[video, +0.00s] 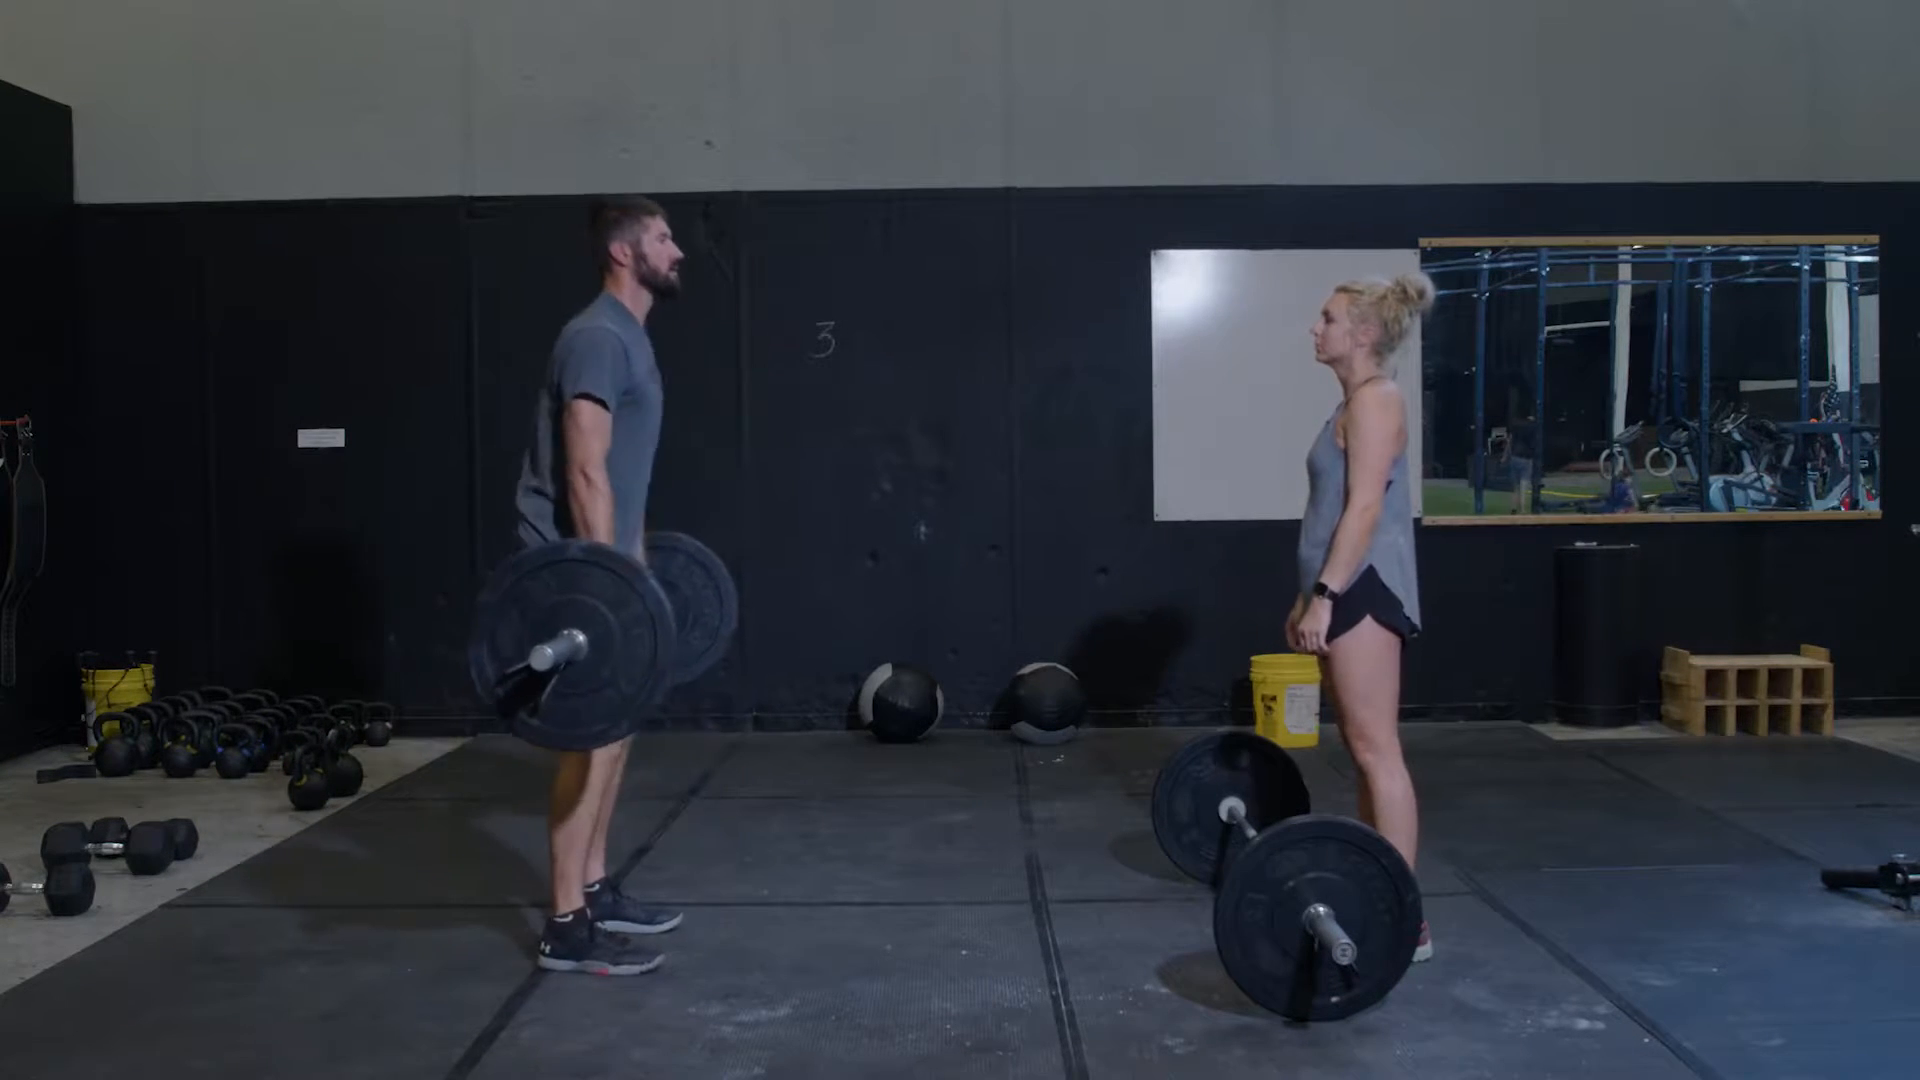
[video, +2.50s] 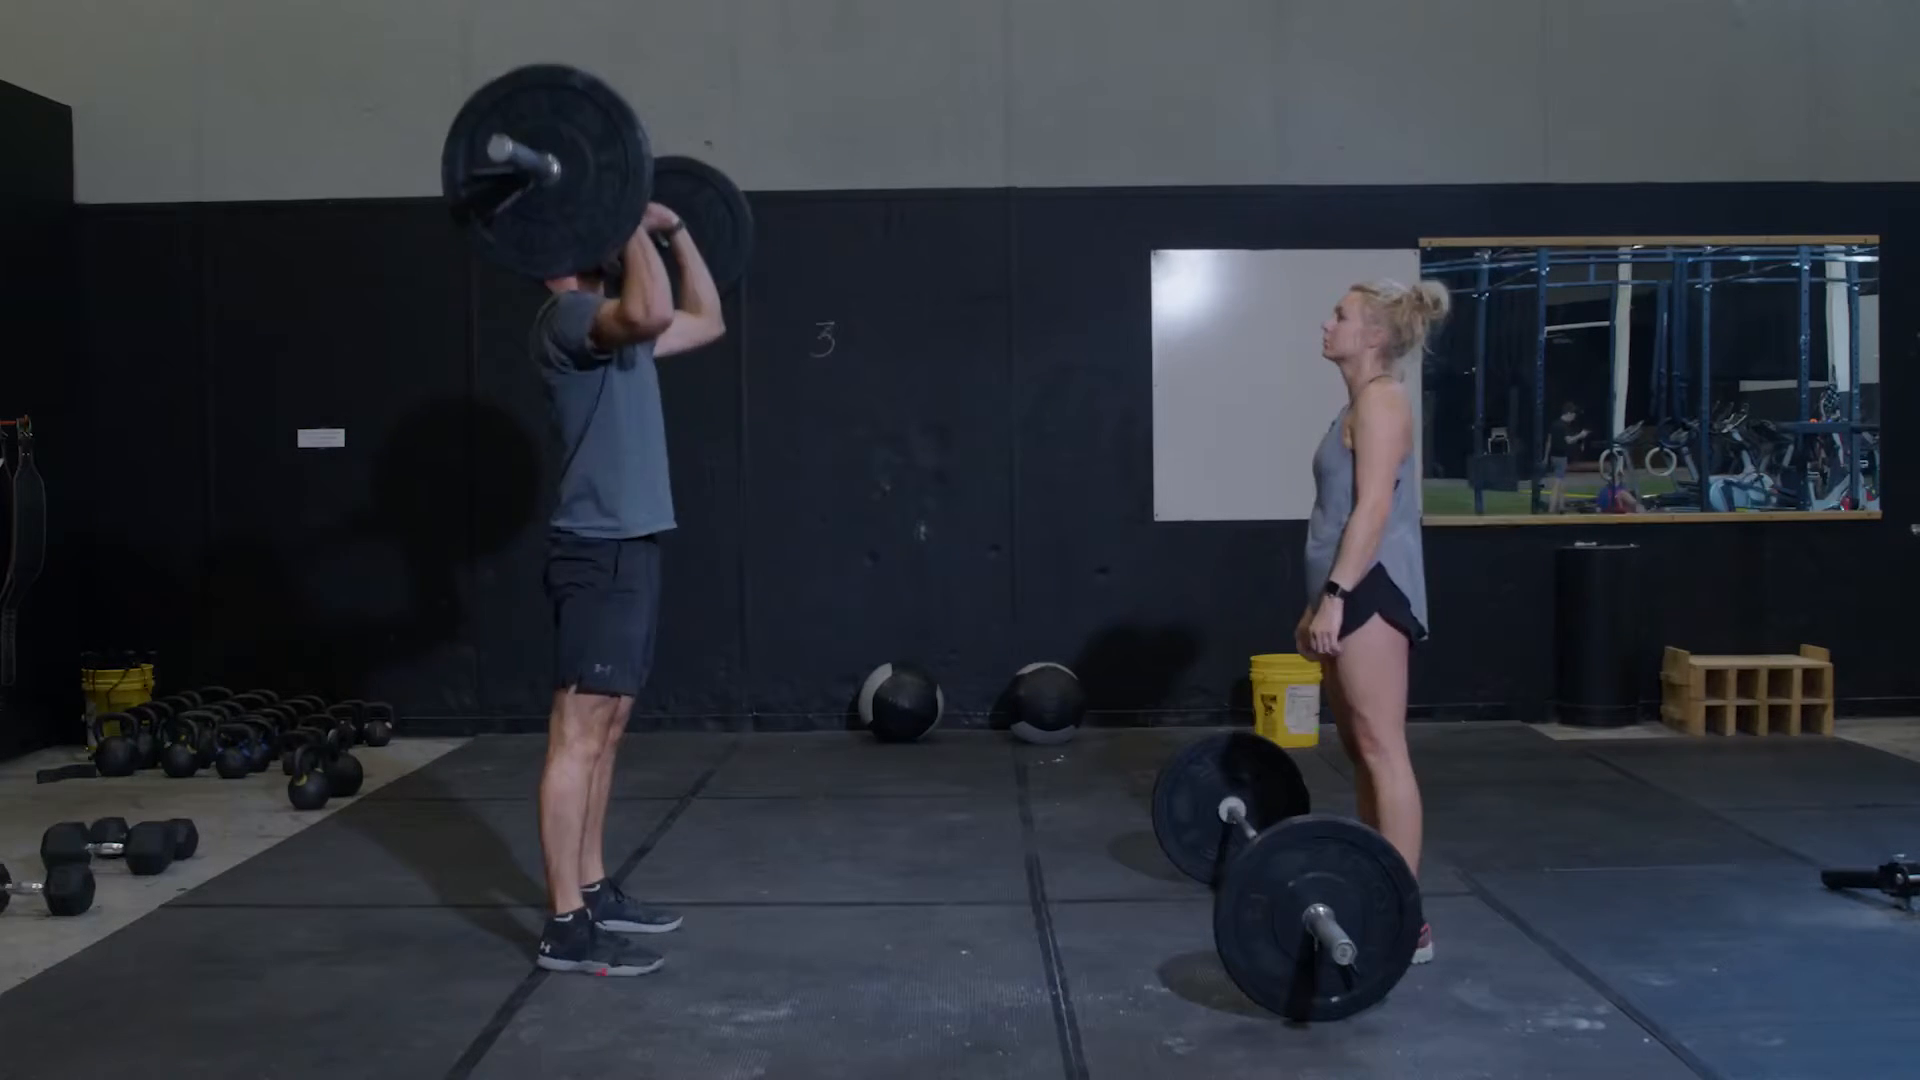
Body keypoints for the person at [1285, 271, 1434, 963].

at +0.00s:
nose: (1316, 329)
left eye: (1329, 320)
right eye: (1320, 318)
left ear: (1365, 333)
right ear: (1356, 334)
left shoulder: (1375, 400)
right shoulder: (1354, 403)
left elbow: (1365, 508)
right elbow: (1338, 512)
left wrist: (1325, 594)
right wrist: (1310, 594)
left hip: (1366, 593)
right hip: (1346, 592)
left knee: (1377, 749)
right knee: (1365, 748)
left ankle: (1399, 912)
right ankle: (1378, 901)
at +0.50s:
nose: (1315, 333)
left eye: (1328, 324)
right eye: (1319, 322)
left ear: (1364, 337)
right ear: (1354, 338)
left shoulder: (1376, 404)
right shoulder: (1350, 407)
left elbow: (1370, 515)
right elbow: (1334, 516)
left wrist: (1331, 600)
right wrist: (1308, 593)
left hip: (1368, 596)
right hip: (1346, 594)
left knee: (1372, 751)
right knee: (1365, 751)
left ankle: (1399, 913)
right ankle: (1384, 906)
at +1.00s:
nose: (1318, 332)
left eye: (1331, 324)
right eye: (1322, 322)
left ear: (1365, 339)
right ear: (1354, 340)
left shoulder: (1377, 407)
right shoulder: (1346, 408)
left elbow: (1372, 515)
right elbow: (1331, 515)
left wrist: (1333, 599)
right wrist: (1305, 591)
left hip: (1370, 597)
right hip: (1345, 595)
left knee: (1371, 754)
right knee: (1364, 753)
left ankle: (1399, 913)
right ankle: (1384, 906)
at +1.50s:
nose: (1318, 328)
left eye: (1331, 321)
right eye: (1322, 318)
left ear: (1365, 337)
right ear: (1355, 338)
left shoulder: (1375, 404)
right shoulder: (1347, 405)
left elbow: (1365, 512)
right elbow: (1326, 514)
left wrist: (1324, 595)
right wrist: (1302, 591)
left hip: (1364, 591)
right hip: (1345, 591)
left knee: (1355, 742)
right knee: (1365, 742)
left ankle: (1395, 910)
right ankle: (1390, 904)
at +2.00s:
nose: (1321, 324)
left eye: (1335, 317)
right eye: (1325, 314)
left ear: (1369, 336)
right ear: (1358, 336)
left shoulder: (1375, 402)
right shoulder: (1351, 405)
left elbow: (1367, 509)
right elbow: (1331, 513)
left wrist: (1327, 593)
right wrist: (1304, 594)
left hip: (1367, 593)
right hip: (1342, 593)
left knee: (1378, 748)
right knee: (1359, 747)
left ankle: (1401, 914)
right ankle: (1375, 903)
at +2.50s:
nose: (1328, 326)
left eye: (1341, 318)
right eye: (1333, 315)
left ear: (1374, 337)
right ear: (1368, 337)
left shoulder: (1380, 401)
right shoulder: (1360, 403)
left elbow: (1373, 508)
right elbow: (1351, 512)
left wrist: (1335, 594)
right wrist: (1321, 599)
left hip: (1372, 594)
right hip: (1350, 594)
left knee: (1383, 748)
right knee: (1363, 746)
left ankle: (1403, 914)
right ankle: (1377, 900)